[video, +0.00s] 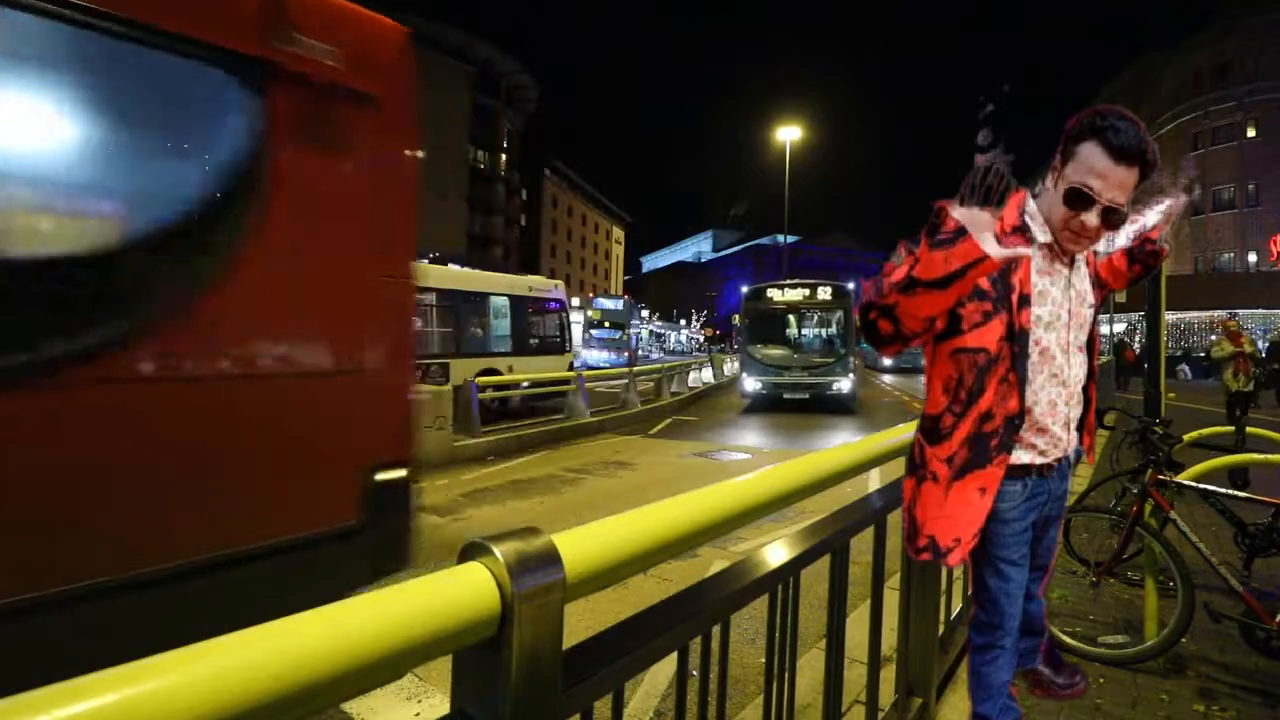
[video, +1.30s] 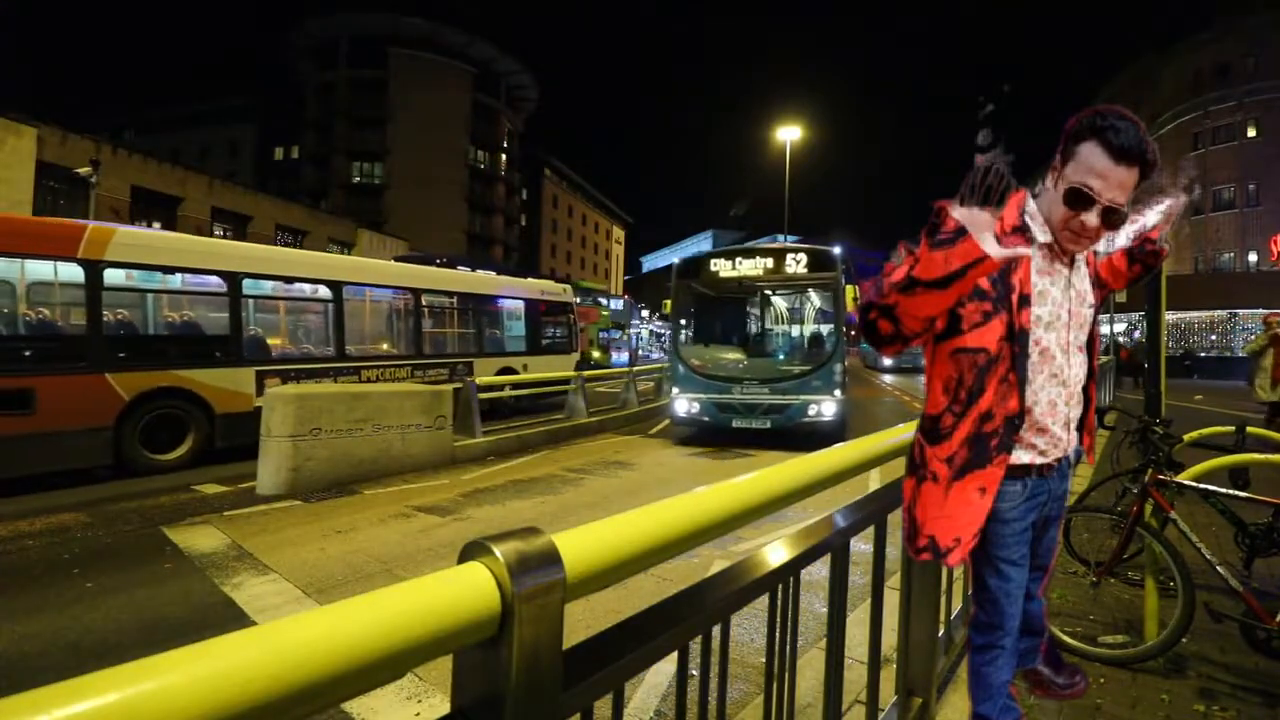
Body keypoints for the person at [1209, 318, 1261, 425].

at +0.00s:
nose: (1232, 329)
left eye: (1234, 326)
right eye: (1229, 327)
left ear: (1238, 327)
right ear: (1225, 329)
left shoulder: (1247, 340)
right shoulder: (1222, 341)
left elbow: (1257, 355)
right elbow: (1214, 355)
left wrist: (1247, 350)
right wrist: (1232, 351)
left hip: (1247, 377)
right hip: (1230, 377)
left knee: (1245, 400)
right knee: (1231, 401)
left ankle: (1243, 419)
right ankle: (1232, 420)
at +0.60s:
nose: (1249, 331)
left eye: (1251, 327)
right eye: (1245, 328)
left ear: (1255, 328)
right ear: (1240, 331)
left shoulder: (1263, 341)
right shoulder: (1235, 343)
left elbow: (1273, 358)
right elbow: (1227, 359)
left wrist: (1264, 353)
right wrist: (1244, 354)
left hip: (1261, 380)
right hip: (1244, 381)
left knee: (1258, 408)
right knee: (1248, 408)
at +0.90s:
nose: (1259, 327)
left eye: (1261, 324)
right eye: (1256, 325)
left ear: (1264, 325)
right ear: (1249, 327)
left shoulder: (1271, 339)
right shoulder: (1244, 340)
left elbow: (1277, 351)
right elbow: (1236, 355)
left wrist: (1272, 350)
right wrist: (1257, 351)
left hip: (1272, 382)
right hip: (1253, 383)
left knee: (1273, 407)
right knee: (1253, 408)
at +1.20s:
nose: (1272, 329)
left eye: (1274, 326)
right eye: (1268, 327)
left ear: (1277, 327)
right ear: (1263, 328)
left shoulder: (1277, 340)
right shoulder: (1259, 340)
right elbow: (1246, 352)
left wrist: (1276, 341)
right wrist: (1266, 343)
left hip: (1276, 384)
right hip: (1263, 384)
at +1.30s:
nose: (1274, 327)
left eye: (1277, 323)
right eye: (1271, 324)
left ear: (1279, 324)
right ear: (1265, 326)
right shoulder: (1262, 338)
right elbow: (1247, 351)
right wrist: (1267, 337)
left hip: (1276, 386)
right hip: (1265, 385)